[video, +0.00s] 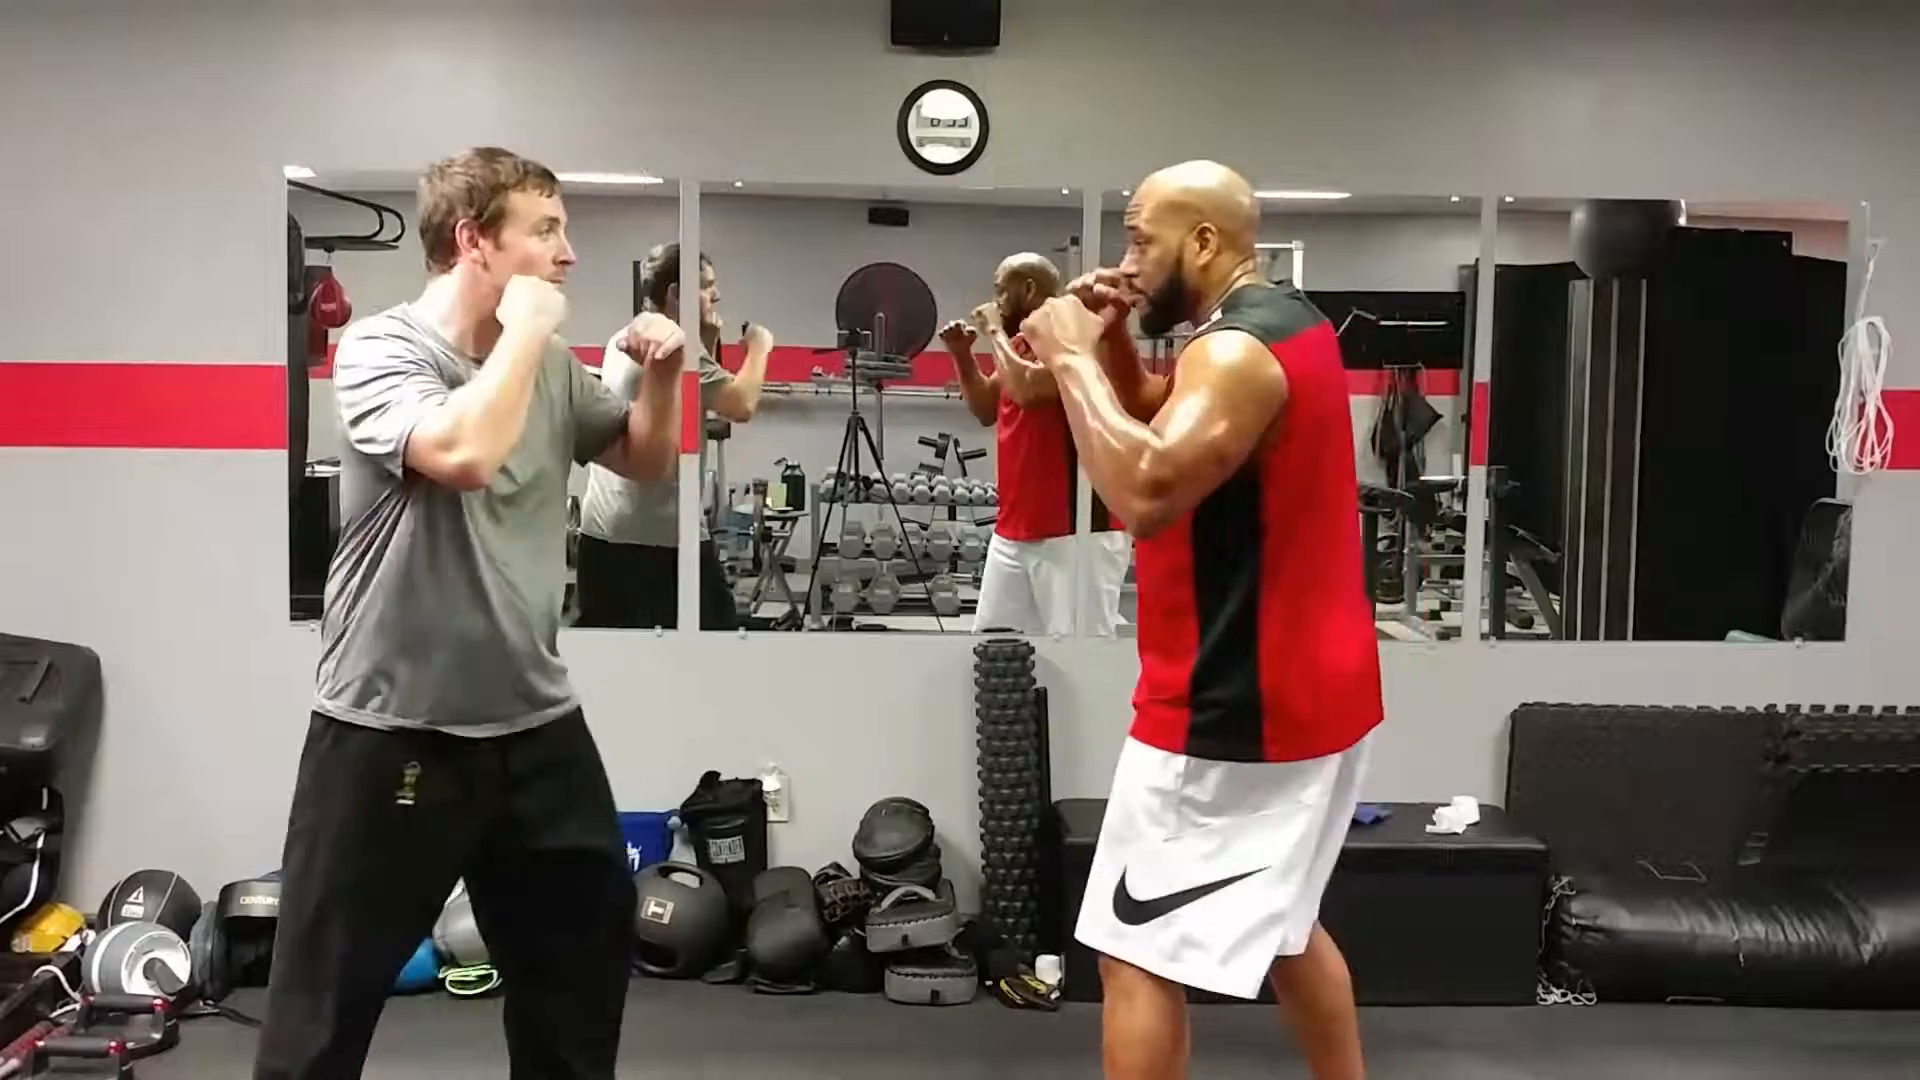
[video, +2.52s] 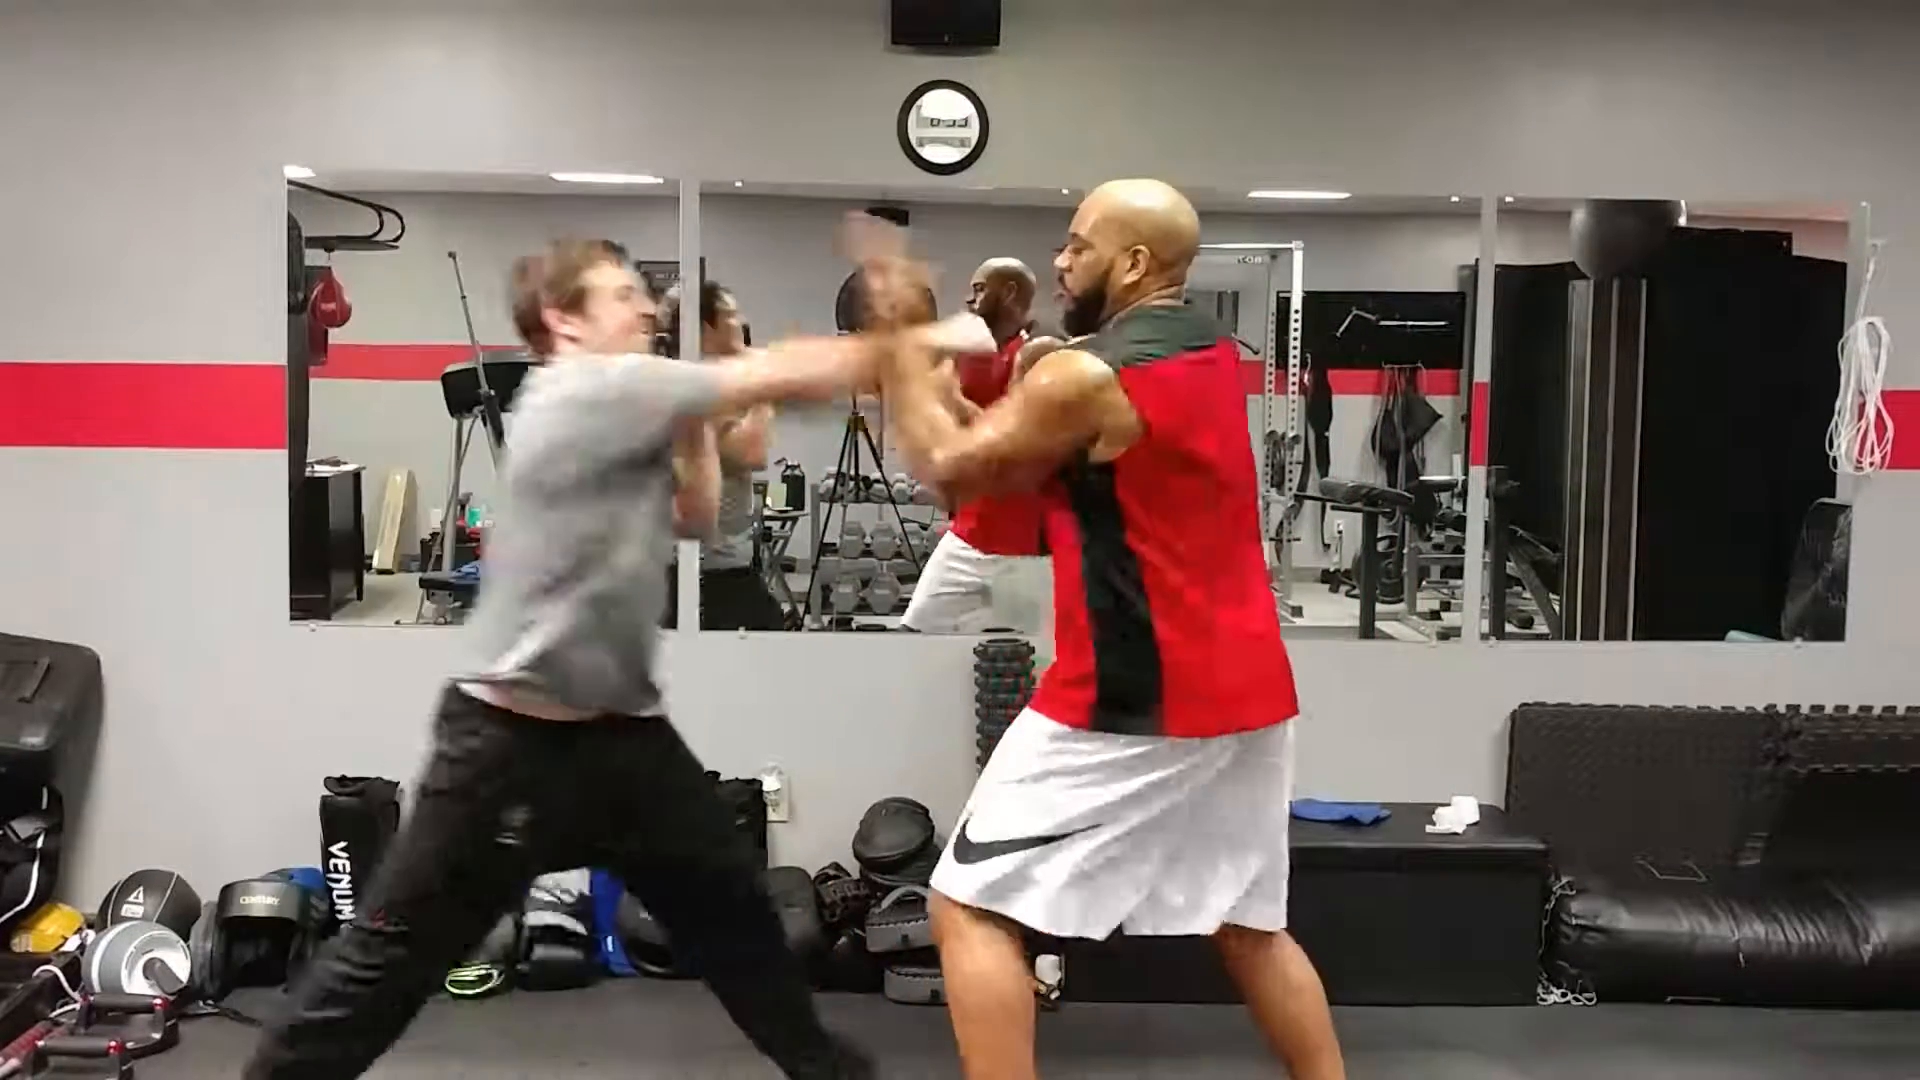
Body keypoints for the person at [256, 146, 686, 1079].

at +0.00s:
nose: (567, 254)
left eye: (565, 234)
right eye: (548, 233)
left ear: (486, 242)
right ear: (472, 243)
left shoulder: (548, 365)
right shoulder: (376, 350)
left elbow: (646, 460)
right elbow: (461, 452)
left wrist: (659, 374)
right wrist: (525, 329)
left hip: (536, 730)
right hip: (386, 735)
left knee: (579, 998)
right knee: (318, 1021)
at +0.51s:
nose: (783, 304)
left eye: (775, 285)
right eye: (760, 287)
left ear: (699, 322)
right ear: (701, 317)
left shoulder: (661, 412)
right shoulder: (734, 411)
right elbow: (912, 479)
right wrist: (1038, 495)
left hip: (722, 740)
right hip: (632, 736)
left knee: (828, 948)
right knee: (523, 979)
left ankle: (857, 1073)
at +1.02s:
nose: (792, 294)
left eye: (789, 277)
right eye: (772, 277)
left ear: (723, 294)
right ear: (708, 290)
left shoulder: (751, 394)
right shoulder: (665, 405)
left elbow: (835, 485)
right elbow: (783, 567)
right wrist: (928, 649)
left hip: (749, 709)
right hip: (648, 713)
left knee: (858, 933)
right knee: (619, 990)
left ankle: (868, 1066)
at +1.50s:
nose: (702, 379)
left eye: (706, 361)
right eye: (688, 358)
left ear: (632, 355)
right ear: (621, 349)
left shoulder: (614, 461)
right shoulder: (534, 453)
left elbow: (601, 614)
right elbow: (492, 629)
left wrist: (627, 572)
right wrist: (610, 638)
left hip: (543, 713)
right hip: (428, 710)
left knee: (618, 939)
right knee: (409, 954)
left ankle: (596, 1076)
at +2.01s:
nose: (499, 279)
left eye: (499, 258)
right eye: (481, 258)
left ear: (428, 264)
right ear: (410, 261)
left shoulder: (469, 376)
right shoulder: (314, 361)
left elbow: (566, 480)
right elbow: (361, 502)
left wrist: (555, 390)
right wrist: (468, 393)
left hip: (426, 705)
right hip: (285, 697)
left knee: (471, 965)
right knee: (223, 967)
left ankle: (476, 1075)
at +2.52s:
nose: (650, 309)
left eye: (644, 295)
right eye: (625, 295)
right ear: (561, 322)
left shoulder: (619, 405)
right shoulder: (572, 393)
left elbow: (699, 517)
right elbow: (761, 372)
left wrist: (706, 411)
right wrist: (910, 348)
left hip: (625, 739)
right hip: (508, 739)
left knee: (733, 915)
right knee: (389, 958)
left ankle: (816, 1062)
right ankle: (277, 1068)